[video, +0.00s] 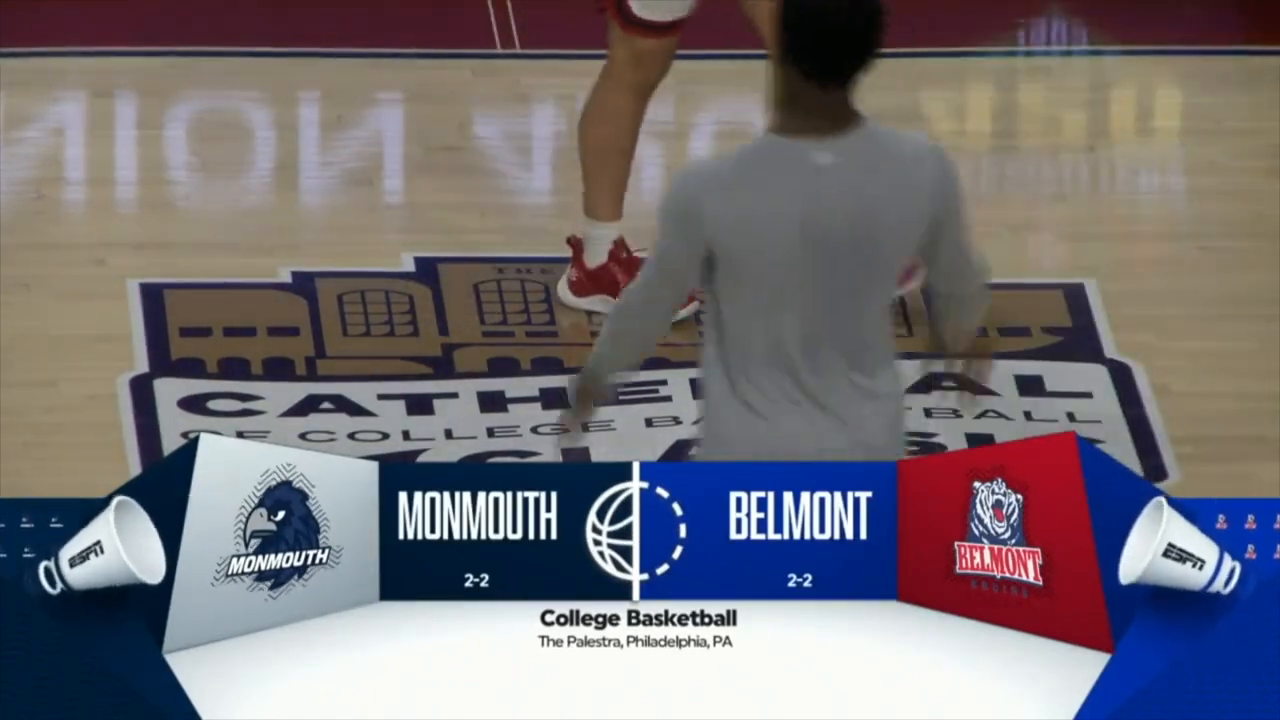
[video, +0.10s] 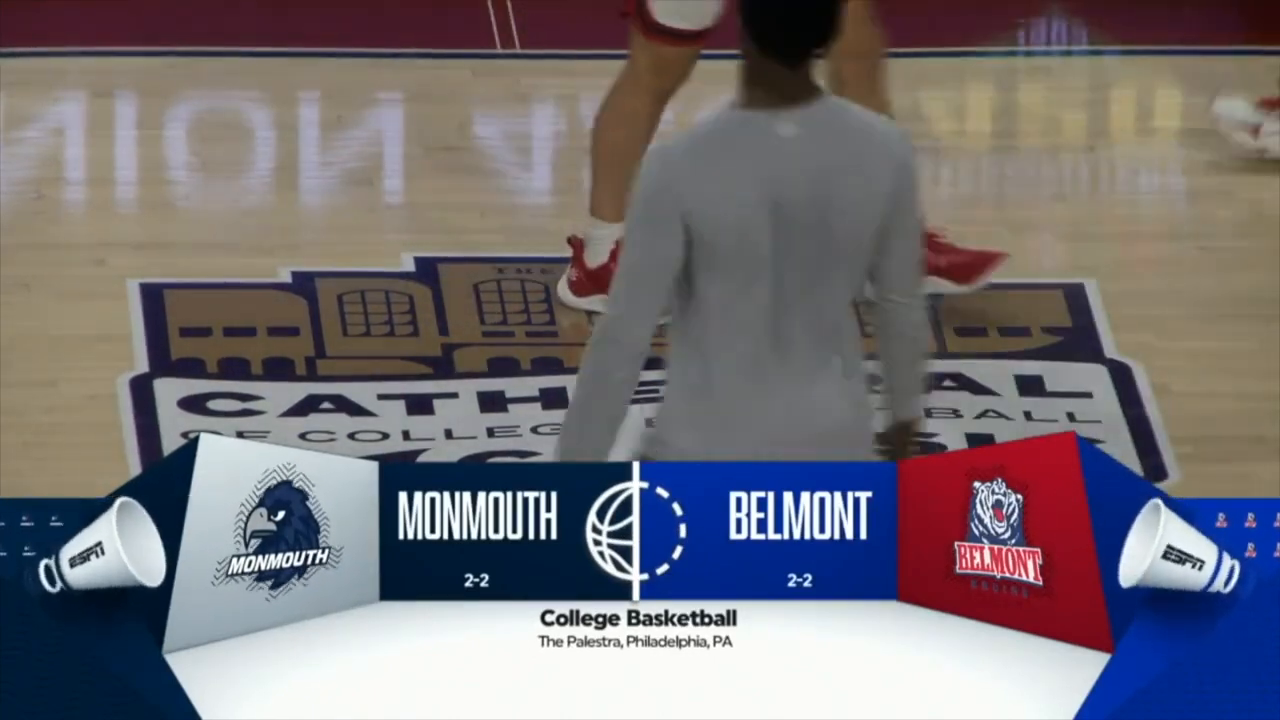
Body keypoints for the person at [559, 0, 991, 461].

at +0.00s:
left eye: (775, 32)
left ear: (779, 46)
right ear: (867, 54)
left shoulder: (708, 189)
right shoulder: (920, 170)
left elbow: (644, 313)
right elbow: (960, 308)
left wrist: (594, 381)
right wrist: (955, 339)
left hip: (745, 454)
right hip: (867, 449)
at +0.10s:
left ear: (743, 32)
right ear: (826, 37)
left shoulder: (679, 163)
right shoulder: (883, 150)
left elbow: (625, 330)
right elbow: (901, 304)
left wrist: (573, 466)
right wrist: (905, 420)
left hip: (705, 441)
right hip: (834, 440)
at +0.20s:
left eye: (683, 9)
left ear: (693, 13)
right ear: (783, 16)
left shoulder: (645, 137)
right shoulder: (849, 137)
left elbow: (622, 306)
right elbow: (858, 304)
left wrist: (600, 447)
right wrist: (838, 439)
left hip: (672, 433)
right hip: (793, 432)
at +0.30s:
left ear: (663, 9)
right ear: (742, 11)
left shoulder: (612, 105)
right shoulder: (807, 111)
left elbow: (620, 249)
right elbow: (825, 271)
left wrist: (623, 398)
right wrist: (786, 426)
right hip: (754, 408)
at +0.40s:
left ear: (622, 3)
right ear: (696, 5)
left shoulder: (571, 75)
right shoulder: (762, 94)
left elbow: (585, 204)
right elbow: (791, 255)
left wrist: (584, 339)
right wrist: (772, 412)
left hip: (588, 379)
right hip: (712, 389)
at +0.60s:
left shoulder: (489, 62)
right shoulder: (692, 66)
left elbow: (424, 233)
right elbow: (725, 241)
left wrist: (366, 385)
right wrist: (723, 380)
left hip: (514, 358)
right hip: (633, 360)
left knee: (515, 566)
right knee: (613, 562)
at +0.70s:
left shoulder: (465, 44)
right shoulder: (672, 44)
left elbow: (375, 185)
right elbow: (690, 201)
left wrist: (301, 293)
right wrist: (668, 254)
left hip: (499, 331)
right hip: (614, 326)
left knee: (502, 532)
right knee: (581, 509)